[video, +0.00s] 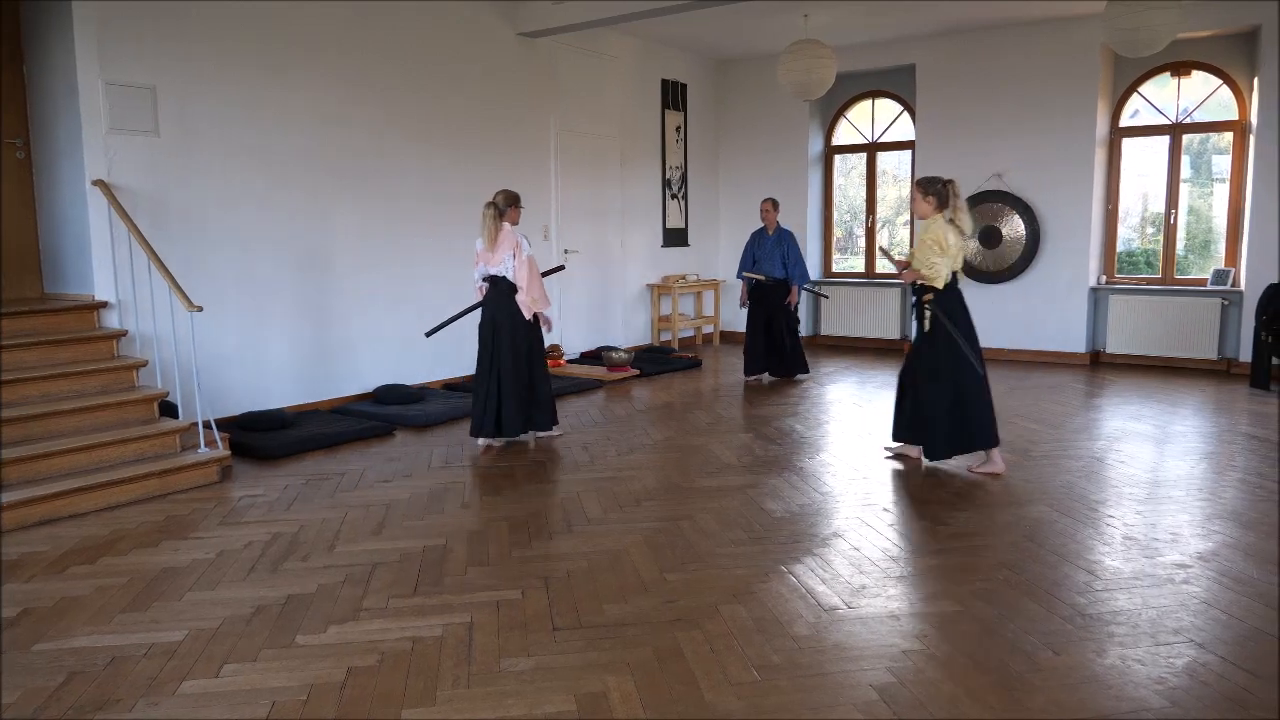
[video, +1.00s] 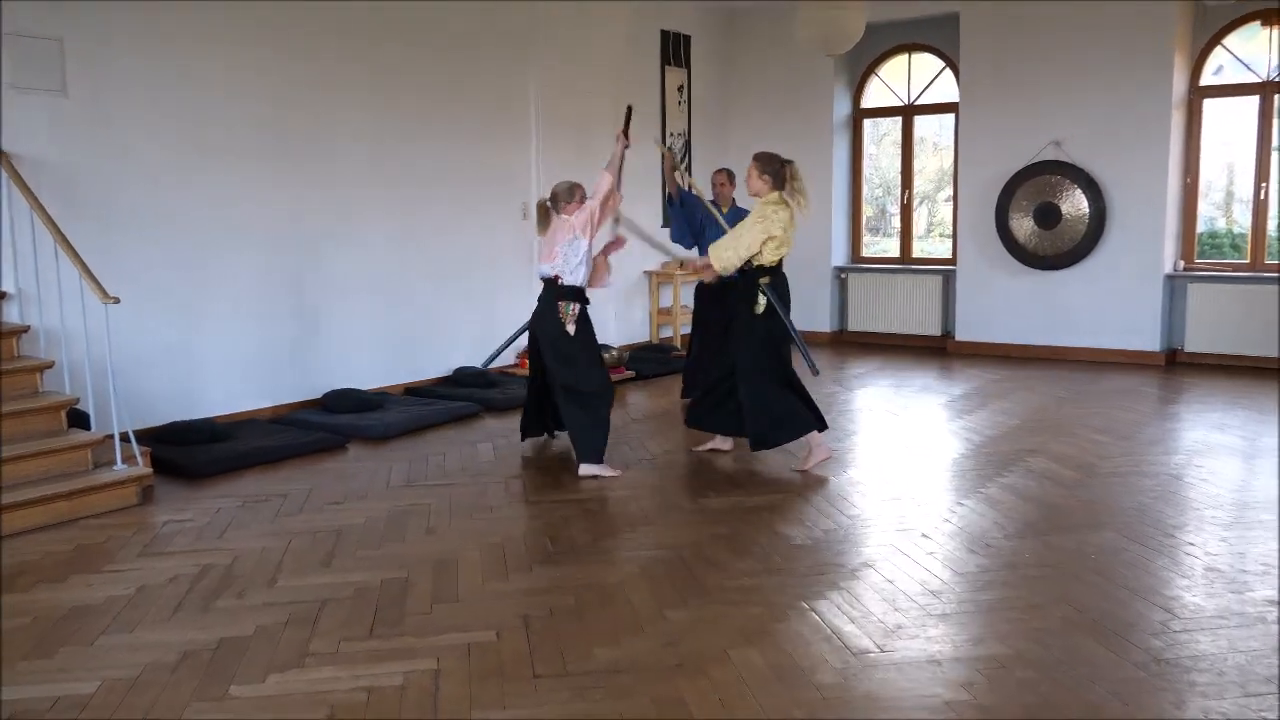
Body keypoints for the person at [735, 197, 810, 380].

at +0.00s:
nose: (763, 214)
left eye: (767, 211)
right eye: (762, 211)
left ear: (776, 213)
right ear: (760, 213)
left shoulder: (786, 236)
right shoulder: (755, 236)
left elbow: (796, 265)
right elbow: (747, 264)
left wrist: (794, 291)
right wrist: (744, 289)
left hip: (780, 287)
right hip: (758, 287)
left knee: (781, 329)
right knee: (756, 329)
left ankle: (786, 370)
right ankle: (756, 371)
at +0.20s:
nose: (752, 212)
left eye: (756, 209)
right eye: (750, 209)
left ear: (766, 210)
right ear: (748, 211)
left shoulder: (776, 234)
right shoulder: (744, 235)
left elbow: (786, 262)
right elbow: (736, 262)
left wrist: (781, 283)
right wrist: (734, 287)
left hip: (771, 286)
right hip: (749, 285)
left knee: (773, 328)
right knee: (749, 329)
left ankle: (775, 371)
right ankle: (754, 372)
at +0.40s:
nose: (743, 207)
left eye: (747, 204)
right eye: (741, 204)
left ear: (758, 205)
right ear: (740, 206)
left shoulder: (770, 230)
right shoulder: (736, 231)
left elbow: (778, 260)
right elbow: (727, 256)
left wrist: (762, 272)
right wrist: (730, 271)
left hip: (765, 286)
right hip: (742, 285)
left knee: (762, 331)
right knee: (741, 330)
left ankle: (761, 375)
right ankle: (738, 374)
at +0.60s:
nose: (739, 199)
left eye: (744, 196)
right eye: (737, 196)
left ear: (755, 198)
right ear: (736, 199)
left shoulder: (768, 225)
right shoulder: (729, 227)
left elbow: (778, 256)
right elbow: (716, 254)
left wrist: (758, 267)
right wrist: (724, 267)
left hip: (761, 285)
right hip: (737, 284)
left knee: (758, 332)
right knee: (734, 330)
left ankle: (755, 381)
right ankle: (735, 377)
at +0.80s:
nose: (737, 195)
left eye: (740, 190)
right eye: (732, 191)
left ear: (747, 193)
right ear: (723, 196)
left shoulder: (760, 220)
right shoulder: (714, 222)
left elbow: (777, 250)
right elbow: (706, 259)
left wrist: (759, 261)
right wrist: (697, 236)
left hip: (755, 284)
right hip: (727, 284)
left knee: (754, 336)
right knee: (718, 334)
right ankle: (705, 380)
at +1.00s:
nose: (717, 189)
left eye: (721, 184)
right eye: (714, 185)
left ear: (733, 187)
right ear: (711, 188)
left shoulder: (746, 216)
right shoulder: (703, 212)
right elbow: (676, 192)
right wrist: (668, 167)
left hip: (741, 285)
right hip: (712, 284)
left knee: (736, 343)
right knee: (706, 341)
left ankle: (734, 399)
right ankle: (701, 395)